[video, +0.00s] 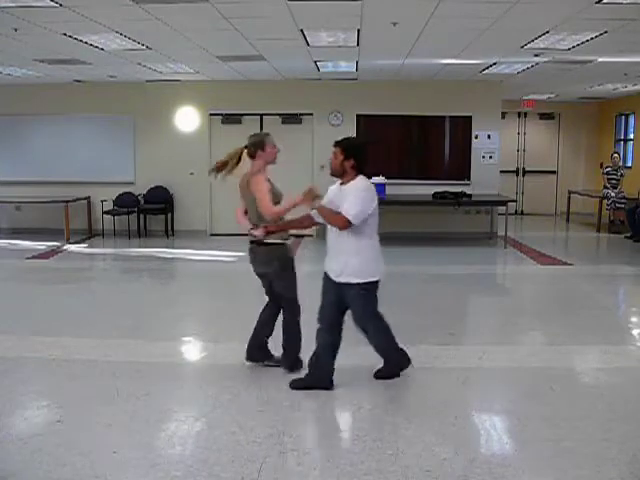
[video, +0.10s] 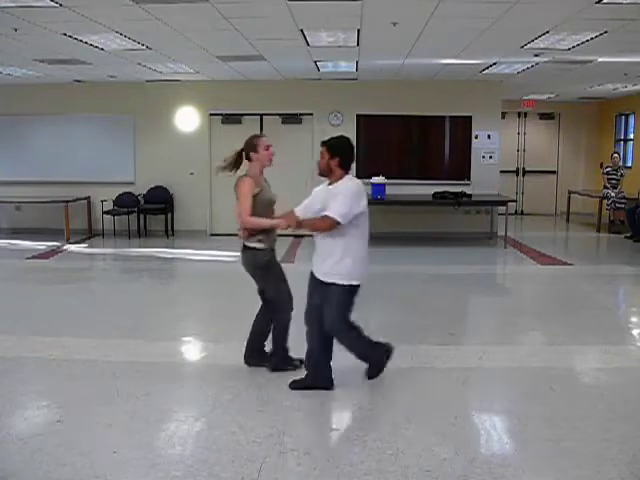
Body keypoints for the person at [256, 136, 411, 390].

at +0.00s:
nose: (330, 161)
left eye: (334, 156)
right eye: (331, 156)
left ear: (349, 161)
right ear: (345, 161)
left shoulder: (363, 188)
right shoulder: (335, 190)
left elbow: (343, 222)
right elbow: (311, 220)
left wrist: (317, 205)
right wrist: (276, 227)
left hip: (360, 273)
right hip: (335, 272)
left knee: (367, 321)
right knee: (328, 326)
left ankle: (396, 359)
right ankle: (320, 376)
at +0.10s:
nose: (319, 160)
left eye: (323, 156)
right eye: (320, 155)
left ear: (336, 160)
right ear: (336, 161)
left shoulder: (351, 188)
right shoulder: (324, 190)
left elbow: (328, 223)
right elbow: (297, 214)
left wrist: (300, 224)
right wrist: (264, 225)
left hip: (345, 272)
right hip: (322, 270)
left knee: (335, 323)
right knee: (315, 323)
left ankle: (376, 354)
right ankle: (318, 376)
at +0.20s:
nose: (307, 160)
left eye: (310, 156)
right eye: (308, 155)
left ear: (322, 160)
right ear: (322, 161)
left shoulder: (340, 187)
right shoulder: (312, 189)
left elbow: (303, 217)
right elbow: (283, 209)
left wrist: (275, 217)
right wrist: (261, 214)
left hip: (333, 271)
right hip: (312, 269)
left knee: (313, 324)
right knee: (308, 323)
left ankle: (345, 368)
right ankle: (317, 375)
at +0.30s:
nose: (296, 161)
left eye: (299, 156)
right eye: (298, 156)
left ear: (309, 161)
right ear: (318, 162)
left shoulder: (322, 188)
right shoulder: (319, 187)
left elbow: (280, 204)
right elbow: (280, 210)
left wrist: (245, 207)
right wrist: (248, 220)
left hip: (316, 274)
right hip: (313, 272)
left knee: (294, 326)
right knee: (304, 320)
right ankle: (320, 376)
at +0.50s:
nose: (272, 161)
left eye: (274, 157)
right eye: (274, 157)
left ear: (280, 161)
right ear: (302, 161)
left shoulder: (289, 187)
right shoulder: (303, 187)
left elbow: (242, 189)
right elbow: (265, 213)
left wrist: (232, 177)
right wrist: (234, 224)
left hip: (285, 279)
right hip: (296, 277)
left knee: (275, 337)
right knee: (284, 330)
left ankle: (274, 401)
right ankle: (310, 370)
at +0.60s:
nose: (257, 156)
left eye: (259, 152)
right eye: (256, 151)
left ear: (265, 159)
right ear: (290, 159)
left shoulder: (265, 186)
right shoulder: (297, 188)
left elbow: (225, 182)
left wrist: (240, 167)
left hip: (267, 280)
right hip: (291, 279)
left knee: (265, 342)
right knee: (267, 336)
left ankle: (274, 402)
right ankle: (273, 391)